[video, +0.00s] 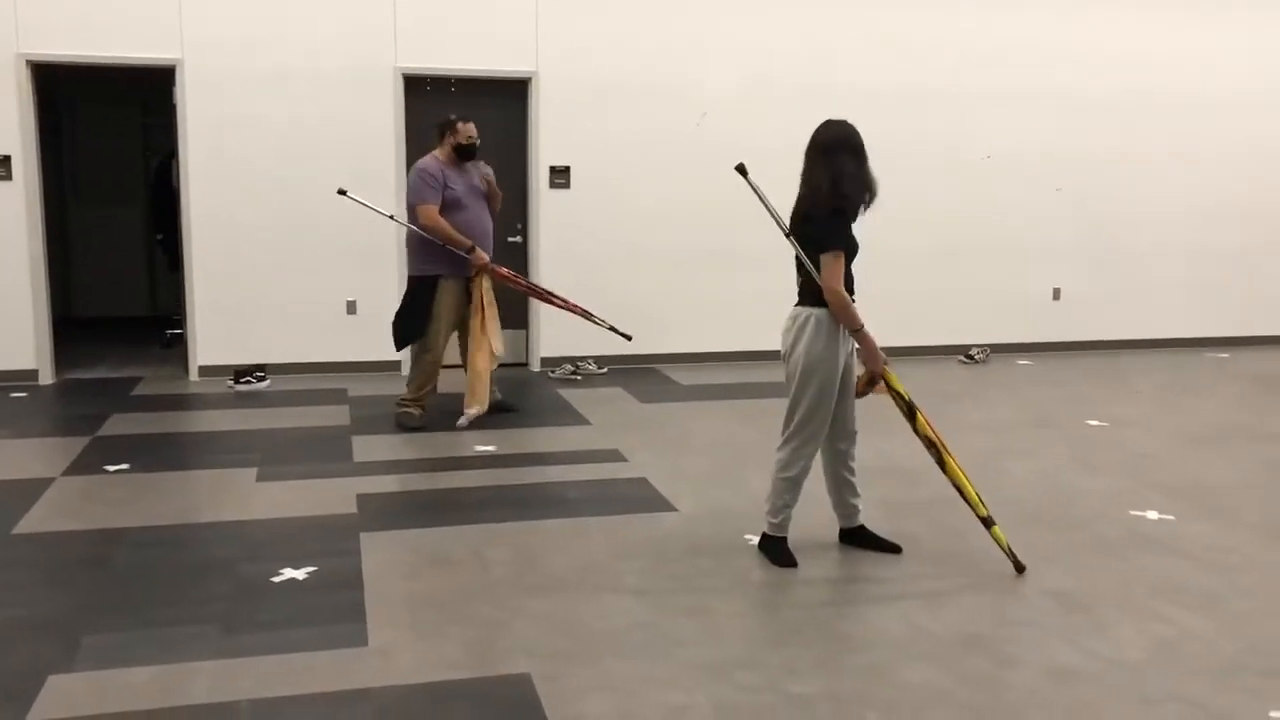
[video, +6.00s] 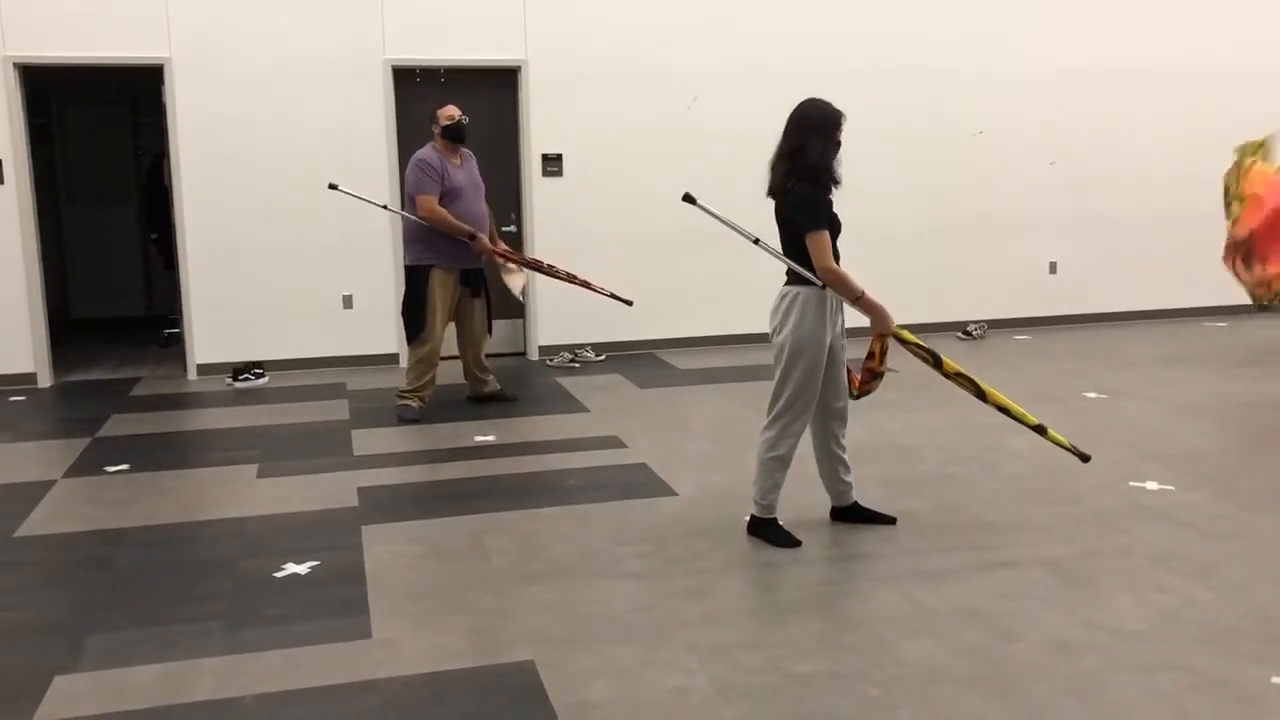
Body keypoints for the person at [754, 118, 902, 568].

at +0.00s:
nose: (863, 169)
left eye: (861, 159)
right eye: (859, 160)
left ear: (817, 160)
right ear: (848, 163)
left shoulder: (823, 211)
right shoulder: (828, 215)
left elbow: (831, 288)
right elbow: (833, 290)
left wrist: (858, 344)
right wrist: (868, 345)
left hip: (834, 330)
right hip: (817, 330)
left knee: (841, 435)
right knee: (804, 435)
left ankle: (851, 526)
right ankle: (774, 532)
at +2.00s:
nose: (823, 142)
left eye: (826, 134)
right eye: (817, 133)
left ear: (818, 131)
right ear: (795, 131)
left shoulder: (802, 186)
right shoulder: (776, 185)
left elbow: (805, 257)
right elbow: (785, 259)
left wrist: (833, 313)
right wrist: (836, 303)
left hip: (811, 303)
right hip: (780, 302)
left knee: (813, 408)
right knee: (763, 409)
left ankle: (819, 502)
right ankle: (742, 508)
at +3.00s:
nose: (829, 144)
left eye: (823, 135)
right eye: (825, 136)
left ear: (776, 142)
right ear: (820, 140)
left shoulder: (768, 192)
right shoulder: (812, 191)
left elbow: (766, 267)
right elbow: (811, 266)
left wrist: (771, 323)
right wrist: (860, 307)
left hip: (779, 303)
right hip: (797, 305)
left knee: (812, 409)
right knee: (782, 410)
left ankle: (827, 501)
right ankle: (745, 510)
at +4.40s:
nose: (828, 156)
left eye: (825, 147)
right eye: (823, 147)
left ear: (779, 151)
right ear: (814, 151)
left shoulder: (777, 201)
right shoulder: (804, 202)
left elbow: (778, 274)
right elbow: (816, 279)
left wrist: (831, 303)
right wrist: (866, 318)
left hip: (802, 315)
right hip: (799, 317)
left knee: (823, 419)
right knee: (786, 422)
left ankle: (832, 513)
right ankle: (753, 524)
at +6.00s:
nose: (840, 144)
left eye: (839, 136)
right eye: (835, 136)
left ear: (800, 135)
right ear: (819, 139)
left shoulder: (807, 189)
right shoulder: (805, 192)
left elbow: (818, 265)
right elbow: (825, 269)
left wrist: (852, 299)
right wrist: (875, 309)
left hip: (825, 305)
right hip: (805, 306)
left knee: (832, 410)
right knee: (789, 413)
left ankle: (843, 503)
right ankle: (762, 515)